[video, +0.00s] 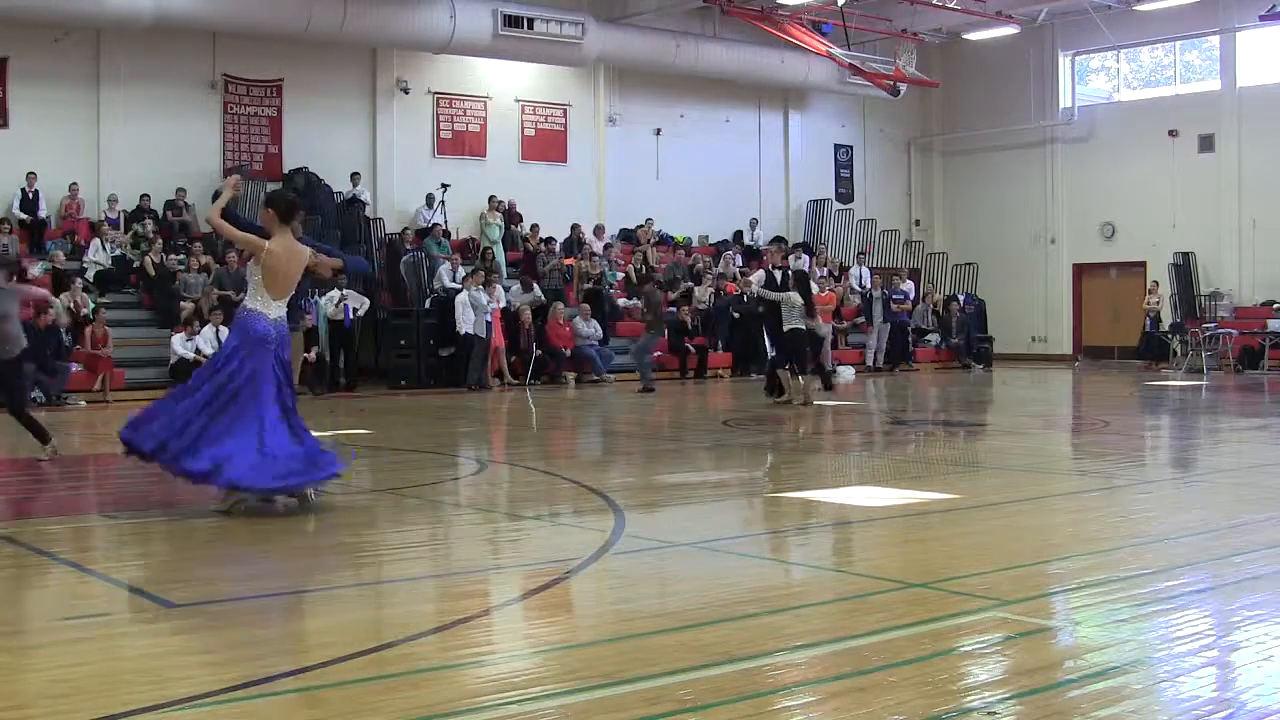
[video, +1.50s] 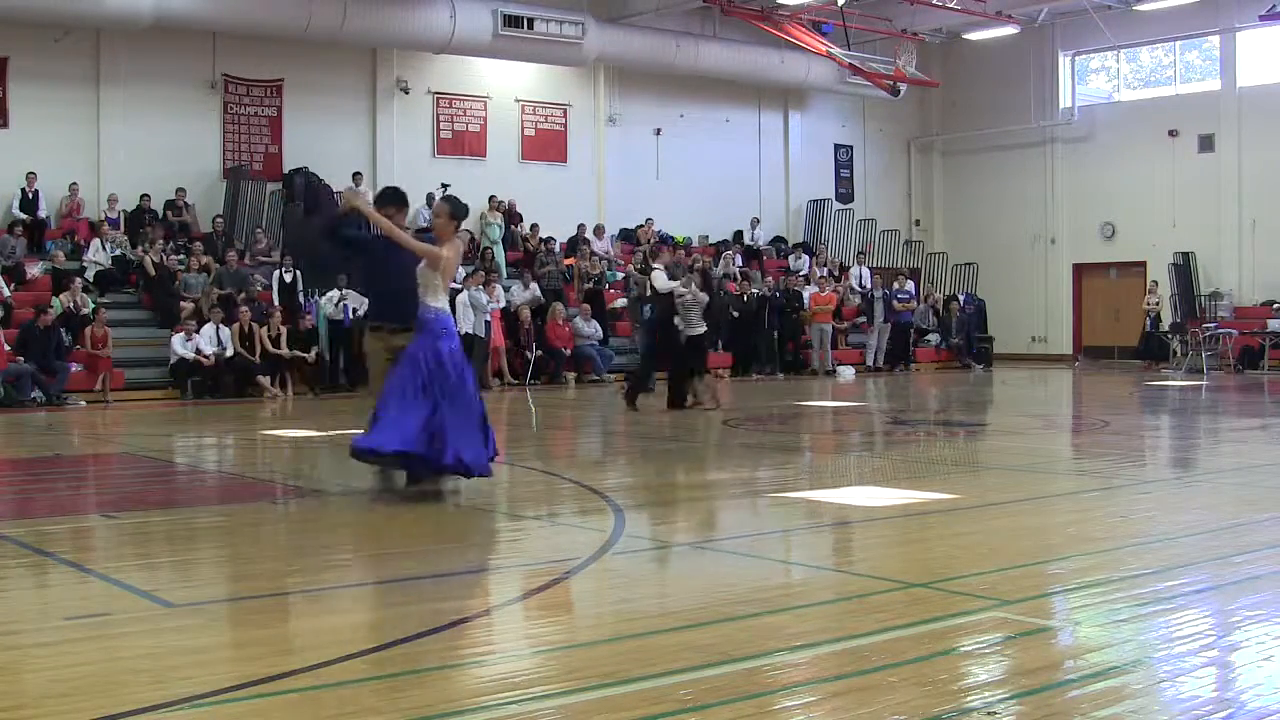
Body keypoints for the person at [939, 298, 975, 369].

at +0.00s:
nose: (955, 307)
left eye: (956, 305)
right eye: (953, 305)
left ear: (958, 307)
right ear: (949, 307)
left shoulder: (963, 318)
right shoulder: (944, 318)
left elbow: (964, 332)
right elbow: (943, 332)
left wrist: (958, 338)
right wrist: (950, 339)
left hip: (959, 338)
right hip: (949, 339)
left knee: (961, 344)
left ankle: (964, 361)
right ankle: (964, 360)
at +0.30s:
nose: (955, 307)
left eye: (956, 305)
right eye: (953, 305)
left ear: (958, 307)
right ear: (949, 307)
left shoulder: (963, 318)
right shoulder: (944, 318)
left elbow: (964, 332)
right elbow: (943, 332)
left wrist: (958, 338)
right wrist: (950, 339)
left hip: (959, 339)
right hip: (949, 339)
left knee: (961, 345)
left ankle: (964, 361)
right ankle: (964, 360)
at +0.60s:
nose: (954, 307)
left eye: (956, 305)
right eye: (952, 305)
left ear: (959, 307)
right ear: (949, 307)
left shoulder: (963, 318)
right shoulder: (944, 318)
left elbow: (964, 331)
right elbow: (943, 332)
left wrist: (958, 338)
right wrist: (950, 339)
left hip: (959, 338)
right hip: (949, 339)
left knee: (962, 344)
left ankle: (963, 360)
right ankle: (964, 360)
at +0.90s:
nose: (954, 307)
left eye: (956, 305)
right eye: (952, 305)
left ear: (959, 307)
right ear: (949, 307)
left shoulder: (963, 318)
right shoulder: (944, 318)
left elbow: (964, 332)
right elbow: (943, 332)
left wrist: (958, 338)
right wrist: (950, 339)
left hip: (960, 338)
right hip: (949, 339)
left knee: (962, 344)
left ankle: (963, 360)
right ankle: (964, 360)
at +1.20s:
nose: (954, 306)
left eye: (956, 305)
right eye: (952, 305)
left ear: (959, 307)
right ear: (949, 307)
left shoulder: (963, 318)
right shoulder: (945, 318)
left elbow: (964, 330)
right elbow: (943, 332)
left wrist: (958, 338)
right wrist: (949, 339)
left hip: (959, 338)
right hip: (950, 338)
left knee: (962, 344)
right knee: (953, 345)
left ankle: (964, 360)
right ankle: (962, 360)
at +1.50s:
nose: (954, 306)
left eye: (956, 305)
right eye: (952, 305)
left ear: (959, 307)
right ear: (949, 307)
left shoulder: (963, 318)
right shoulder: (945, 318)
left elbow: (964, 330)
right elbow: (943, 331)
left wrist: (958, 338)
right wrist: (949, 339)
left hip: (959, 338)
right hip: (950, 338)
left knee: (962, 344)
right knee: (953, 345)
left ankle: (964, 360)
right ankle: (962, 360)